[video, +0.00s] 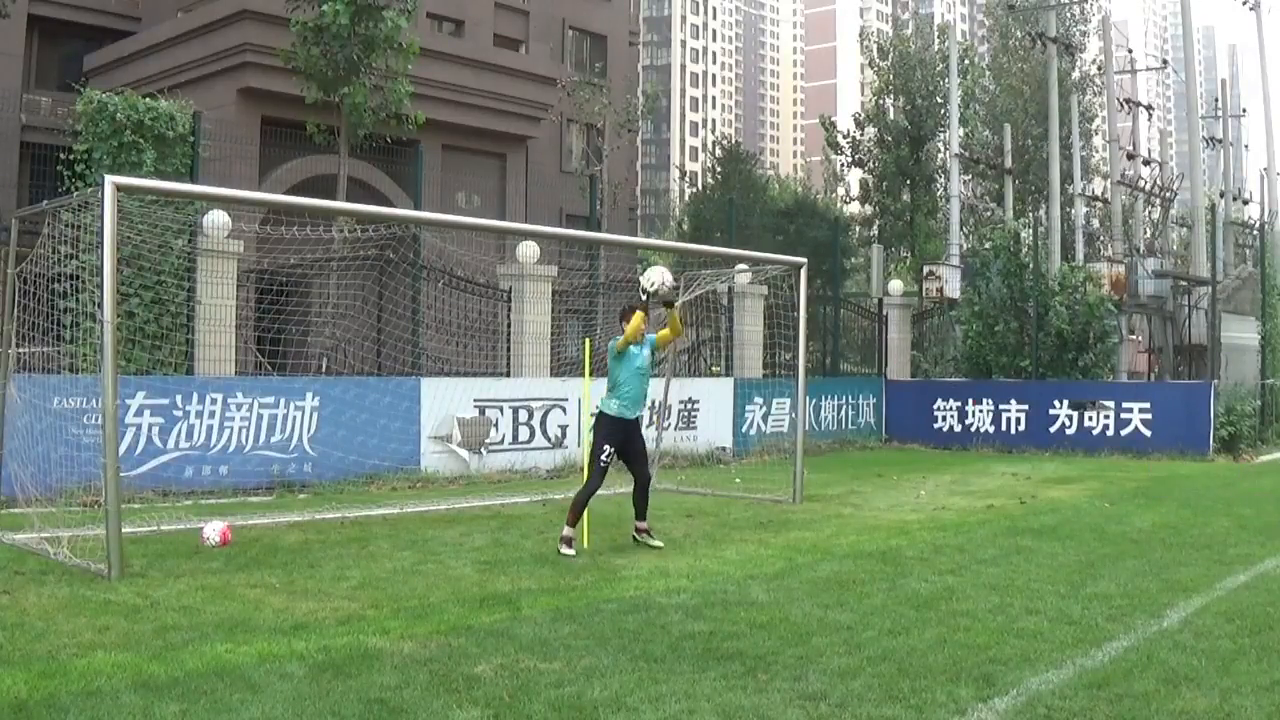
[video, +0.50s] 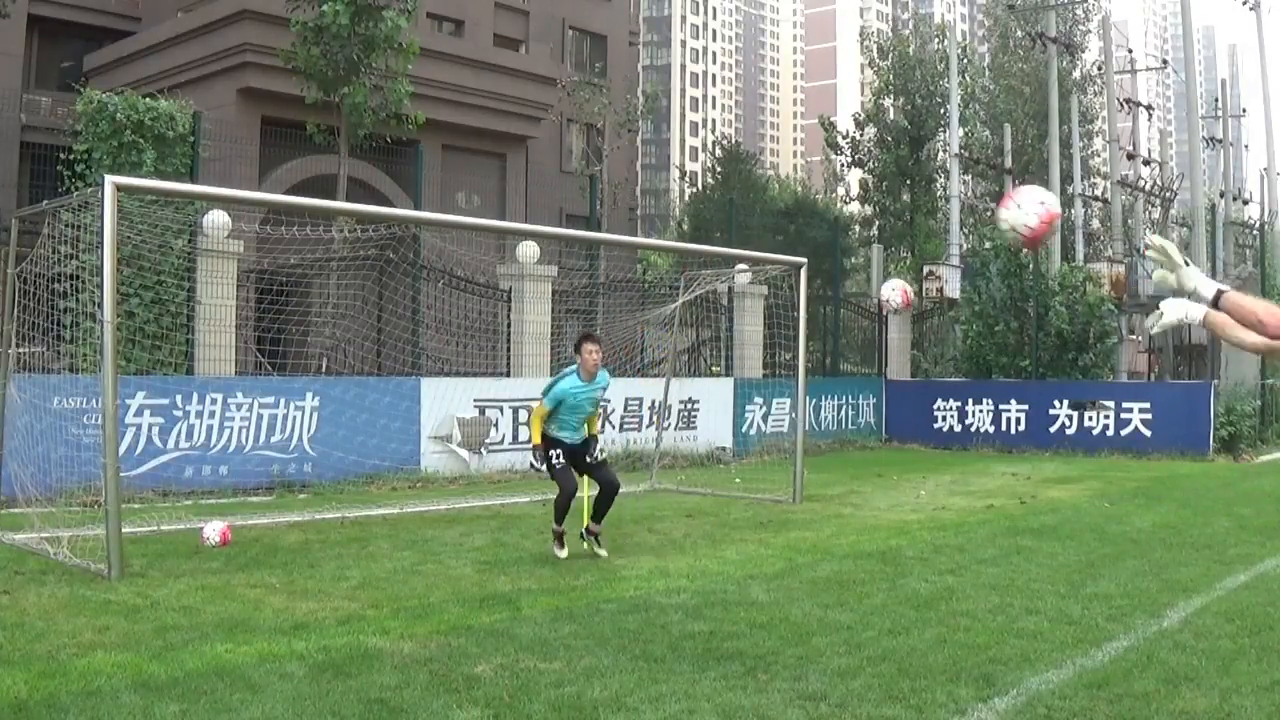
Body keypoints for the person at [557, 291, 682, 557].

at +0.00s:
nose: (641, 324)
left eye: (643, 320)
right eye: (637, 320)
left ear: (644, 323)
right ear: (625, 323)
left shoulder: (648, 343)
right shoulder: (616, 347)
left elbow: (675, 331)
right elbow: (631, 335)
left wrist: (670, 306)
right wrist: (643, 306)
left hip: (632, 423)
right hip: (609, 421)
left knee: (643, 477)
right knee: (594, 482)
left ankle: (641, 529)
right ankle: (567, 533)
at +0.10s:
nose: (636, 327)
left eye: (638, 323)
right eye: (631, 322)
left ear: (641, 327)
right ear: (620, 327)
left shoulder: (646, 346)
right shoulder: (613, 351)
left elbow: (674, 335)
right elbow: (630, 335)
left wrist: (662, 310)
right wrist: (643, 307)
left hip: (633, 427)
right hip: (609, 426)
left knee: (649, 480)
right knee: (597, 486)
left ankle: (643, 529)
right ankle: (566, 533)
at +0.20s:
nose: (629, 350)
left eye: (632, 346)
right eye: (624, 346)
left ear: (635, 349)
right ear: (613, 350)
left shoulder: (639, 366)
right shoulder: (606, 370)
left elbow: (667, 350)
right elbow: (604, 344)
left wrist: (681, 326)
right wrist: (628, 320)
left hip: (630, 443)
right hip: (605, 444)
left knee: (652, 498)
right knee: (603, 495)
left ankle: (647, 536)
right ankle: (575, 536)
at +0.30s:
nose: (622, 354)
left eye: (625, 350)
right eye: (617, 350)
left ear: (628, 353)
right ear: (605, 354)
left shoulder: (634, 374)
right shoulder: (594, 374)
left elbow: (663, 374)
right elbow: (574, 360)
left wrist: (669, 357)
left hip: (625, 450)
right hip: (597, 448)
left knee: (644, 496)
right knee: (600, 496)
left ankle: (646, 537)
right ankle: (592, 543)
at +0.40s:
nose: (609, 349)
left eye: (612, 344)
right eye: (604, 344)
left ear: (614, 346)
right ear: (591, 347)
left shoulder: (616, 369)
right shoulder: (573, 368)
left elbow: (618, 394)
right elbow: (538, 384)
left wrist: (631, 407)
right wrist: (557, 396)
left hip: (597, 443)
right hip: (570, 441)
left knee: (624, 488)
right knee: (584, 494)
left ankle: (626, 528)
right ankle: (577, 534)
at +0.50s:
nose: (596, 357)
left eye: (598, 352)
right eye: (590, 353)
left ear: (602, 355)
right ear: (579, 358)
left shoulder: (603, 380)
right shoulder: (563, 386)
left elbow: (593, 411)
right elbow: (537, 415)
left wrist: (594, 436)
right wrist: (537, 447)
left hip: (580, 442)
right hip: (554, 443)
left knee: (611, 484)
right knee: (569, 487)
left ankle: (591, 532)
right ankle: (558, 532)